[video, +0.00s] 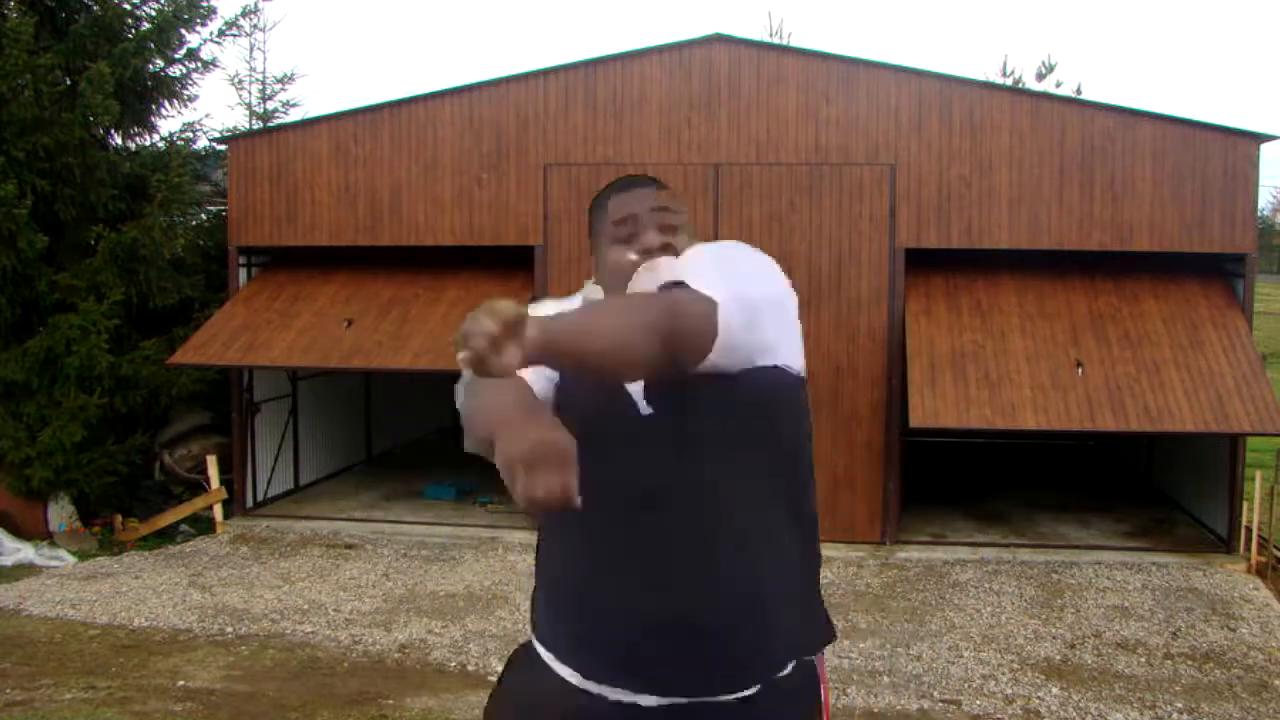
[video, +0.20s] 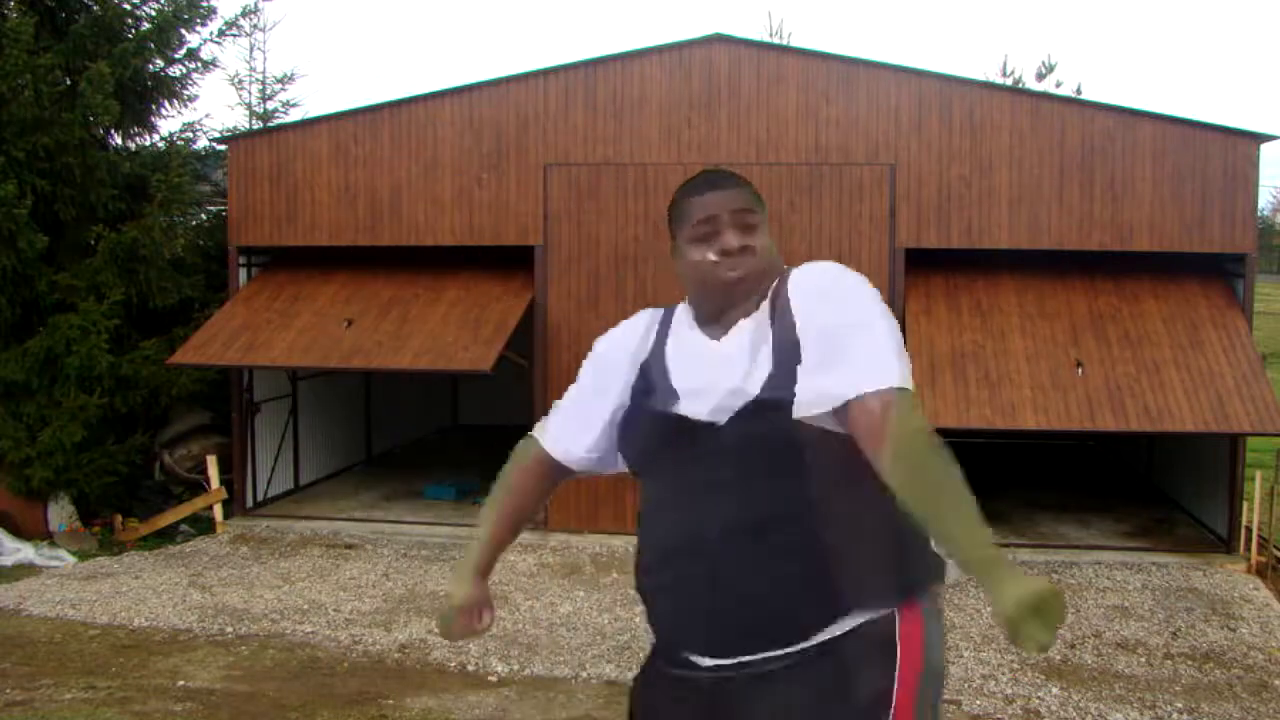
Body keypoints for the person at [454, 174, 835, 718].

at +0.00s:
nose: (653, 244)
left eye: (669, 229)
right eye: (627, 236)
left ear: (692, 238)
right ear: (594, 264)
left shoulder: (744, 274)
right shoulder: (554, 322)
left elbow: (664, 330)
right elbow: (493, 385)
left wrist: (532, 337)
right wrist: (522, 429)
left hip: (756, 685)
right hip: (578, 681)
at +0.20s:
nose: (729, 239)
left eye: (744, 223)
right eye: (705, 230)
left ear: (771, 236)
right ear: (676, 254)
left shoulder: (826, 295)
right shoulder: (631, 346)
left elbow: (896, 434)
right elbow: (544, 454)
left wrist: (1000, 576)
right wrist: (475, 569)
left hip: (842, 659)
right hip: (690, 671)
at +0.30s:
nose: (676, 278)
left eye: (695, 261)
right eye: (659, 271)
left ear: (738, 273)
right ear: (647, 294)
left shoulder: (788, 318)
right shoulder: (630, 357)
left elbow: (960, 341)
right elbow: (541, 350)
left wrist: (1163, 322)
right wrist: (505, 374)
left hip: (891, 649)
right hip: (750, 670)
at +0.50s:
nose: (657, 363)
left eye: (677, 341)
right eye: (643, 353)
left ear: (728, 346)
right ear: (638, 371)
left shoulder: (781, 375)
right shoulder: (662, 453)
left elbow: (904, 275)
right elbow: (612, 370)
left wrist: (1032, 147)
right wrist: (642, 279)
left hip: (935, 667)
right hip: (813, 706)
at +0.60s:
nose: (655, 382)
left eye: (673, 359)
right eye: (644, 375)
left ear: (730, 352)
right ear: (639, 394)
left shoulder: (775, 372)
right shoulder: (660, 473)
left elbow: (849, 300)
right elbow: (566, 438)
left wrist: (921, 215)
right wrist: (577, 363)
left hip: (953, 692)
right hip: (800, 713)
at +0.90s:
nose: (586, 385)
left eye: (604, 361)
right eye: (571, 376)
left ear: (662, 364)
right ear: (563, 394)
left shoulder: (698, 398)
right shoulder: (618, 461)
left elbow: (845, 315)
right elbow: (555, 364)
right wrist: (541, 267)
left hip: (883, 704)